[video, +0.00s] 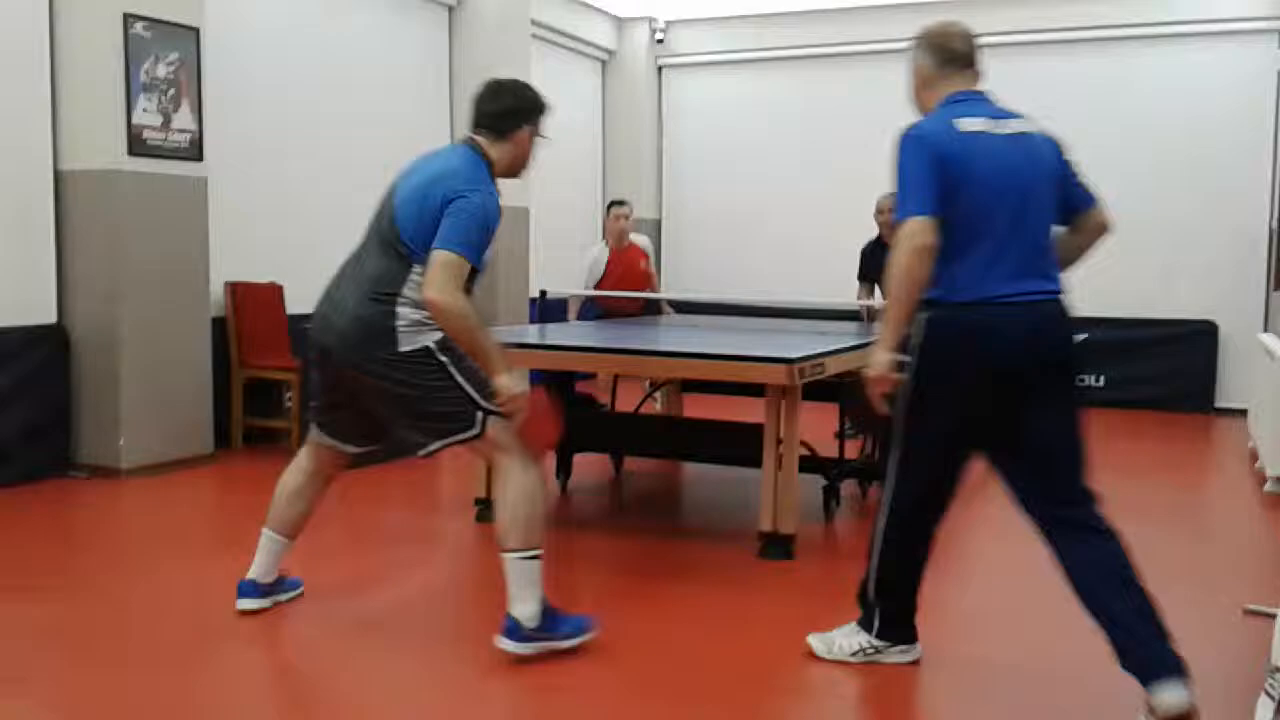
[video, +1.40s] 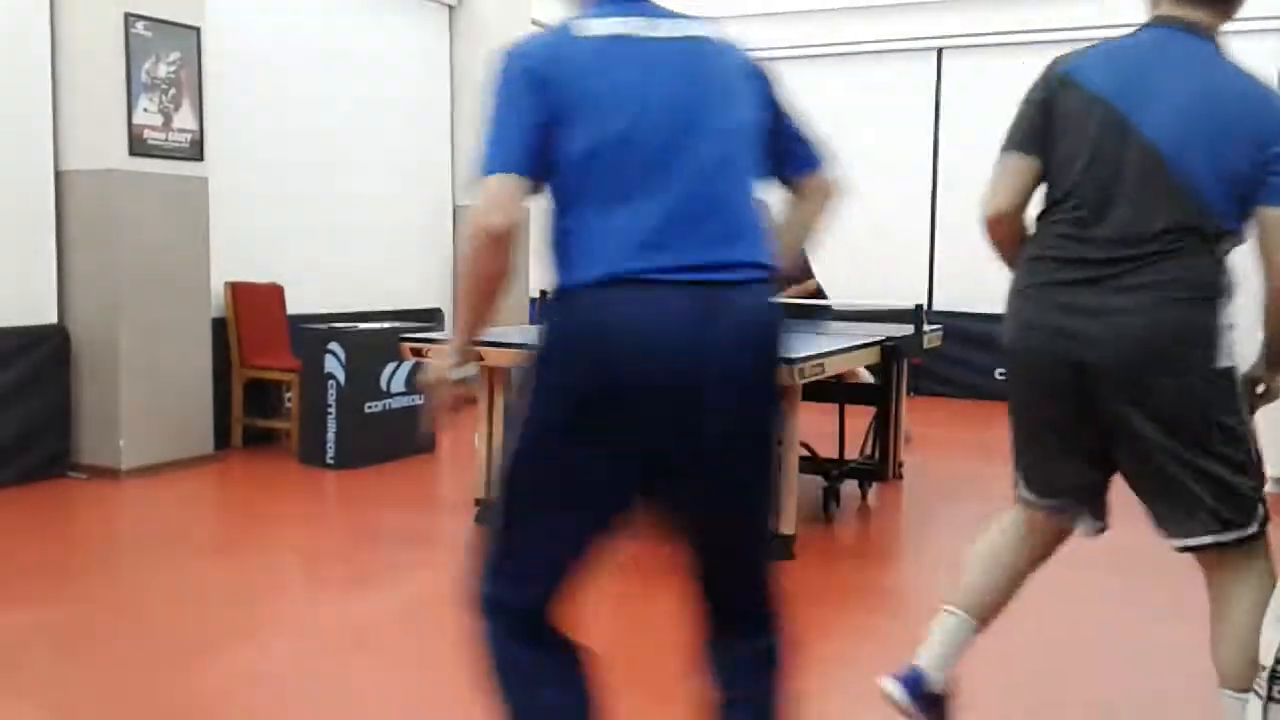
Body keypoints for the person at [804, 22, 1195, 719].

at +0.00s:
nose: (911, 87)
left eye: (912, 77)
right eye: (914, 76)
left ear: (923, 75)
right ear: (974, 71)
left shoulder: (923, 138)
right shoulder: (1033, 136)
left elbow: (918, 239)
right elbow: (1092, 221)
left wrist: (885, 344)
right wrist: (1034, 273)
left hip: (958, 341)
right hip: (1038, 336)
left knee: (914, 489)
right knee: (1067, 506)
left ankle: (885, 628)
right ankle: (1162, 673)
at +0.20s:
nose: (989, 88)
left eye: (988, 78)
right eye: (991, 78)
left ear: (998, 72)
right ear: (1055, 67)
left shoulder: (997, 130)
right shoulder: (1122, 134)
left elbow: (995, 233)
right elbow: (1159, 245)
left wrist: (972, 356)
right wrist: (1105, 300)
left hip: (1047, 347)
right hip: (1135, 343)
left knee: (1005, 505)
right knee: (1138, 543)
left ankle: (948, 634)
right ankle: (1162, 706)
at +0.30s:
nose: (1013, 71)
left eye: (1013, 60)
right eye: (1014, 61)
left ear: (1027, 50)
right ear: (1085, 48)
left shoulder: (1021, 103)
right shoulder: (1148, 118)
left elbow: (1020, 208)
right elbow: (1176, 238)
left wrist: (998, 335)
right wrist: (1134, 308)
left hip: (1071, 330)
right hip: (1160, 328)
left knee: (1036, 504)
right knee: (1160, 521)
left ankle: (1025, 670)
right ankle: (1168, 703)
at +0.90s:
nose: (957, 9)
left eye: (959, 3)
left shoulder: (953, 49)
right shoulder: (1120, 58)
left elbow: (934, 181)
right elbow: (1199, 189)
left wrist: (907, 341)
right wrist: (1143, 298)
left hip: (1006, 320)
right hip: (1122, 320)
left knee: (990, 568)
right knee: (1119, 555)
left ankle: (1030, 706)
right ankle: (1154, 706)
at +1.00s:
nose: (931, 12)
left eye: (933, 8)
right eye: (933, 10)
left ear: (946, 5)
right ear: (1029, 6)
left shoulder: (924, 84)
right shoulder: (1098, 89)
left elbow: (912, 231)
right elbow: (1158, 214)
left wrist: (864, 390)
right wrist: (1085, 306)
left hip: (968, 356)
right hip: (1091, 356)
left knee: (891, 588)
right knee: (1094, 605)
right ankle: (1121, 706)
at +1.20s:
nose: (1132, 25)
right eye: (1134, 18)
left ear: (1056, 9)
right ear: (1129, 18)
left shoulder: (974, 81)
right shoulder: (1142, 112)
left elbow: (926, 216)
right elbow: (1177, 272)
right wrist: (1208, 370)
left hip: (959, 349)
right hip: (1064, 360)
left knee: (941, 516)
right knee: (1163, 542)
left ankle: (858, 681)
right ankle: (1229, 708)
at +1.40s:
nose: (1233, 10)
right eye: (1233, 5)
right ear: (1229, 8)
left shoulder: (1071, 73)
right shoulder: (1256, 105)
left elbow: (1001, 211)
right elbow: (1278, 269)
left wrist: (1046, 281)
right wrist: (1272, 360)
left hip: (1044, 334)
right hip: (1166, 349)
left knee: (1043, 504)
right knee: (1238, 553)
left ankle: (927, 671)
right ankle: (1245, 707)